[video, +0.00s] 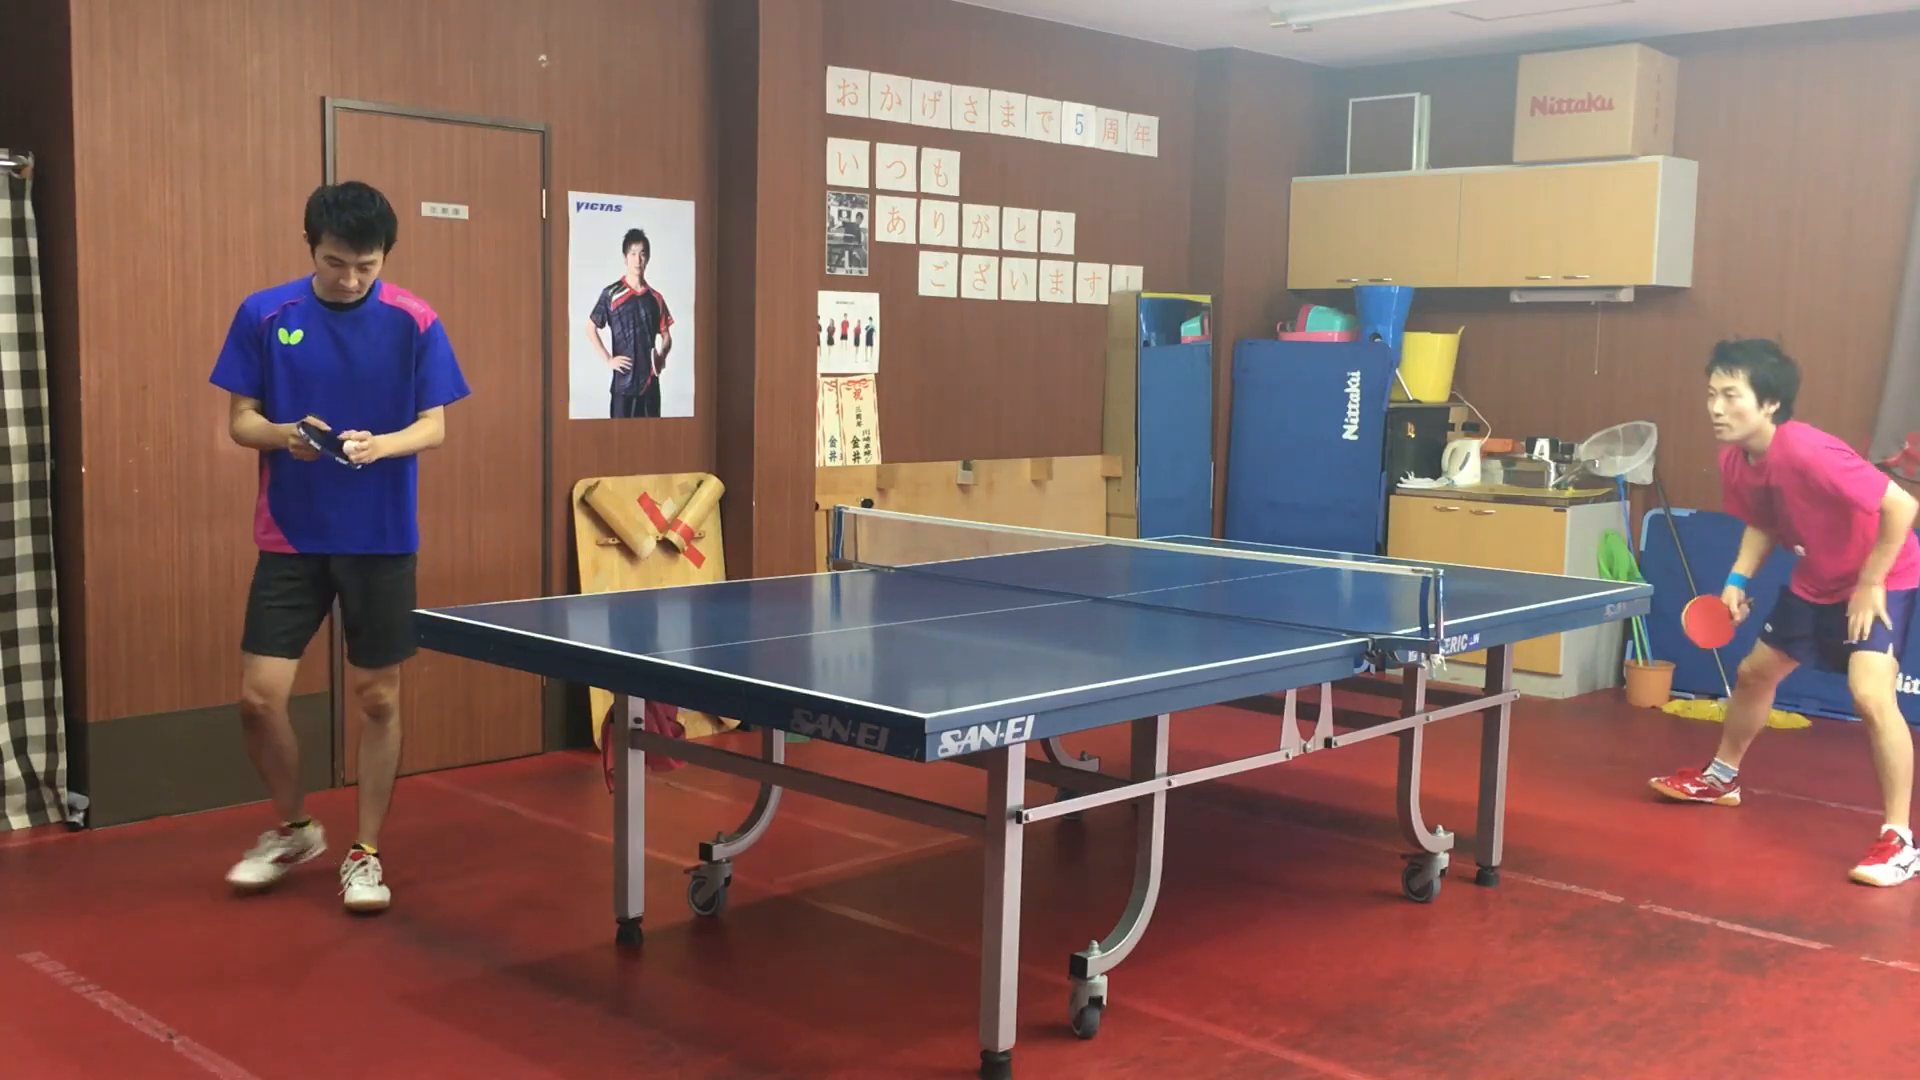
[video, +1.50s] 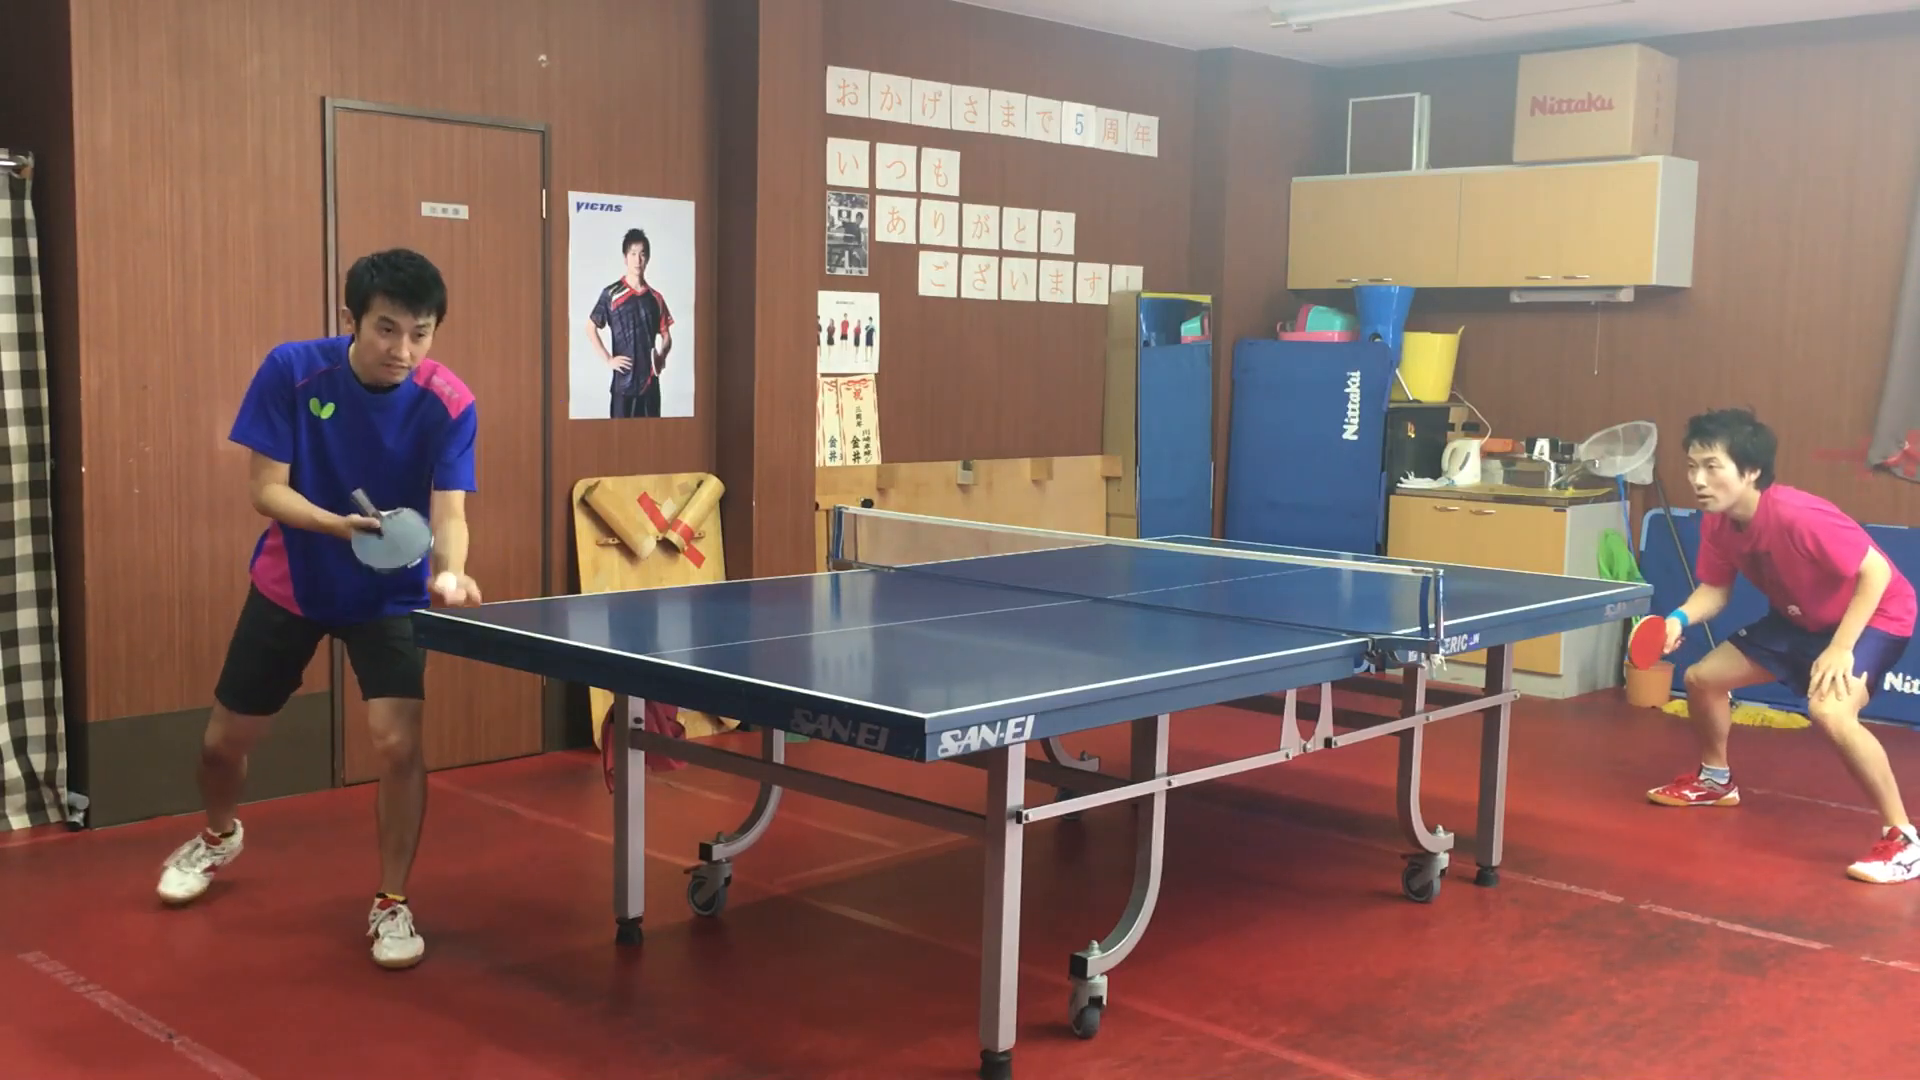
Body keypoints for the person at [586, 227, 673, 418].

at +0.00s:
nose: (638, 260)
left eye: (643, 254)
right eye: (633, 254)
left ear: (648, 258)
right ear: (625, 257)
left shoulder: (655, 297)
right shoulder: (611, 294)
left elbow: (666, 336)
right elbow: (591, 327)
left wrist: (662, 355)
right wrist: (608, 359)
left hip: (649, 378)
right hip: (624, 379)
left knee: (650, 436)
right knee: (622, 436)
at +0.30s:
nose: (638, 260)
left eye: (643, 254)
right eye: (633, 254)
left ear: (648, 258)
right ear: (625, 257)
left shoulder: (655, 297)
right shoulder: (611, 294)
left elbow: (666, 336)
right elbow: (591, 327)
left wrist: (662, 355)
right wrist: (608, 359)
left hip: (649, 378)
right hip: (624, 379)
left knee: (650, 436)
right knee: (622, 436)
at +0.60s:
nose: (638, 259)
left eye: (643, 254)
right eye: (633, 254)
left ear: (648, 258)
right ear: (625, 257)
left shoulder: (655, 297)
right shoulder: (611, 294)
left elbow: (666, 336)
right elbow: (591, 327)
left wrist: (662, 355)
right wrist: (608, 359)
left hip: (649, 378)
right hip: (624, 379)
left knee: (650, 436)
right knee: (622, 436)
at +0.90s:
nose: (638, 260)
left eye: (643, 254)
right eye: (633, 254)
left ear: (648, 258)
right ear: (625, 257)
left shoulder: (655, 297)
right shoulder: (611, 294)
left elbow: (666, 336)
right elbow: (591, 327)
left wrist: (662, 355)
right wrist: (608, 359)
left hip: (650, 378)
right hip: (624, 379)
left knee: (650, 436)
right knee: (622, 436)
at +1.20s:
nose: (638, 259)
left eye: (643, 254)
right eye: (633, 254)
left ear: (648, 258)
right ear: (625, 257)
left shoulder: (655, 297)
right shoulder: (611, 294)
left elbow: (666, 336)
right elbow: (591, 327)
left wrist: (662, 355)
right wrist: (608, 359)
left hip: (649, 378)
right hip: (624, 379)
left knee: (650, 436)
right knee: (622, 436)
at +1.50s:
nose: (638, 260)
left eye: (643, 254)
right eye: (633, 254)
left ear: (648, 258)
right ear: (625, 258)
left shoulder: (655, 297)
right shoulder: (611, 294)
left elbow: (666, 336)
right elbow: (591, 327)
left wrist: (662, 356)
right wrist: (608, 359)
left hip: (649, 378)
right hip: (624, 379)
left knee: (650, 435)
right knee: (622, 436)